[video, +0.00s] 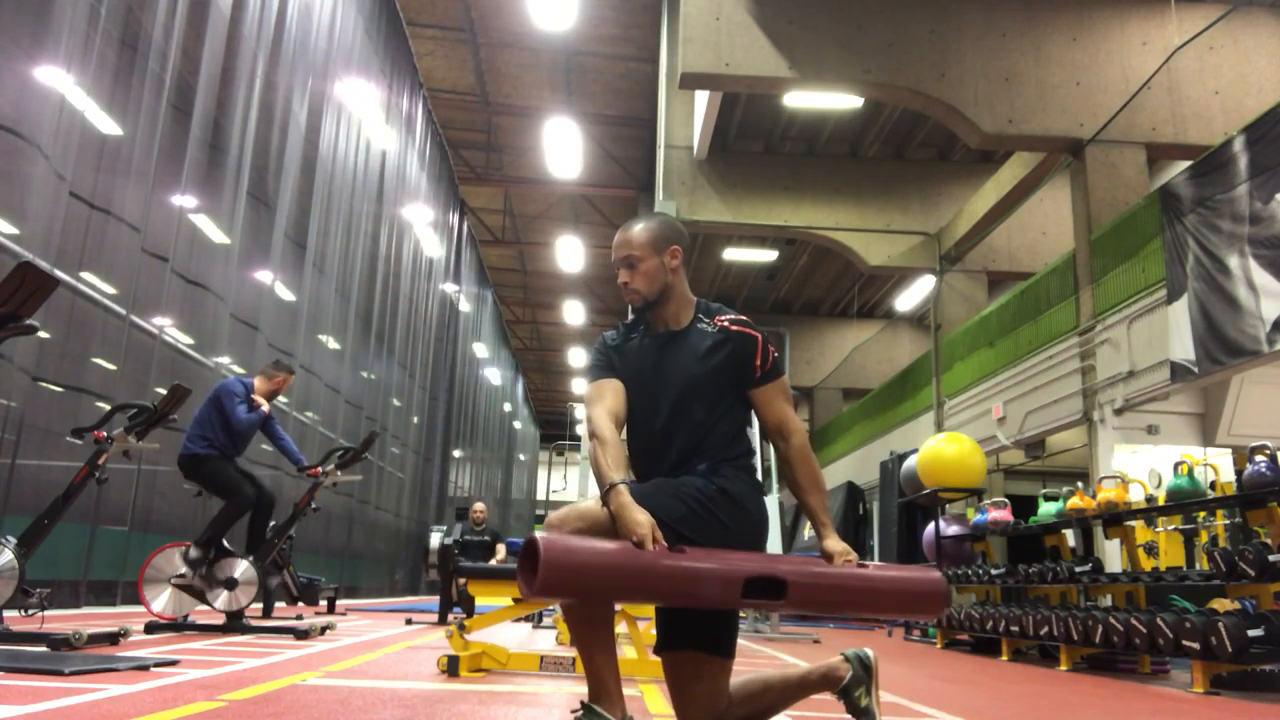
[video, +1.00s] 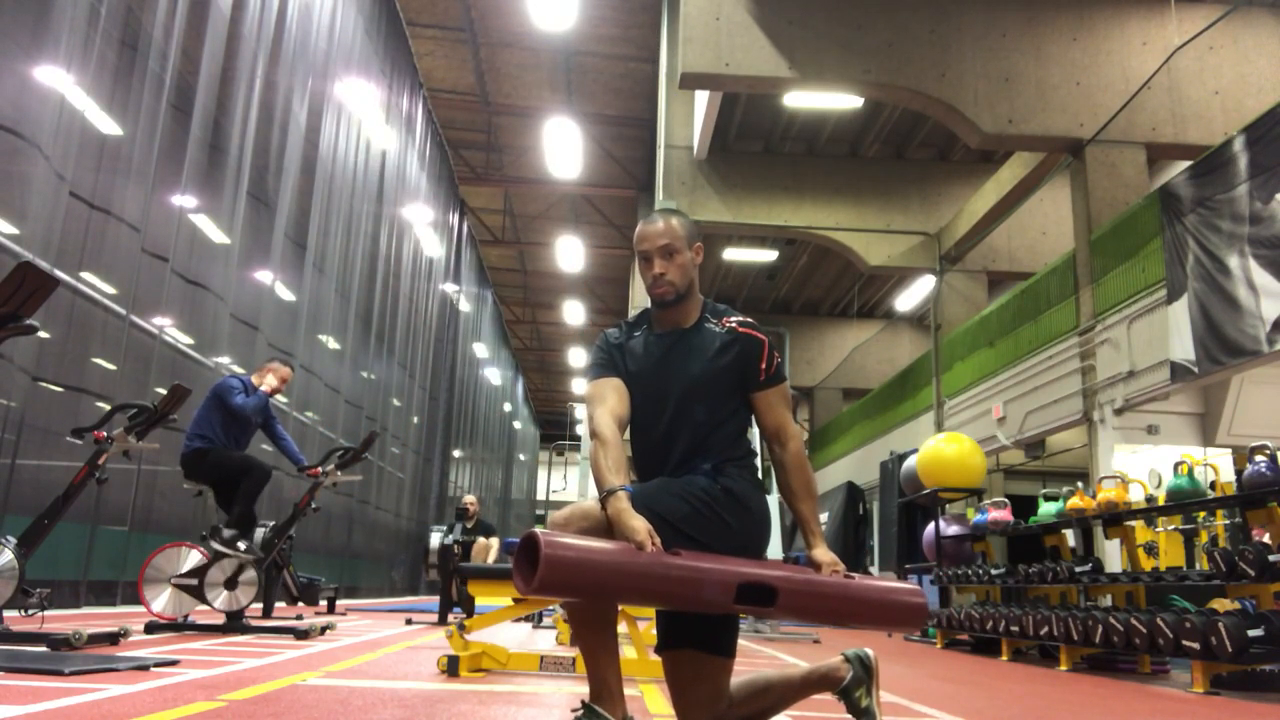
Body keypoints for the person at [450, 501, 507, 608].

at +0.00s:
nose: (477, 515)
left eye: (481, 512)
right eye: (475, 512)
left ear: (486, 515)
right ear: (470, 514)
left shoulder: (493, 533)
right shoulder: (461, 531)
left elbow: (501, 553)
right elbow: (452, 550)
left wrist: (495, 560)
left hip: (486, 571)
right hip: (464, 569)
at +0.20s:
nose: (476, 512)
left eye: (480, 509)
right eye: (474, 509)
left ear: (485, 513)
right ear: (469, 512)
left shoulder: (493, 531)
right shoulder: (461, 529)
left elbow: (496, 548)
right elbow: (453, 548)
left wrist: (492, 564)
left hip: (483, 572)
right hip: (462, 572)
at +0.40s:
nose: (475, 511)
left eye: (479, 508)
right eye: (472, 508)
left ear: (484, 511)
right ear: (469, 510)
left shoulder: (491, 529)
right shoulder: (461, 527)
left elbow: (495, 544)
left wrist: (490, 559)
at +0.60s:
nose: (473, 510)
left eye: (476, 507)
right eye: (470, 507)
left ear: (482, 510)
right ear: (467, 510)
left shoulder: (488, 527)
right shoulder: (459, 527)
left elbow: (496, 543)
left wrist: (489, 557)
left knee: (481, 555)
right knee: (456, 554)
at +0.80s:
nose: (469, 509)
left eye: (473, 506)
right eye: (467, 506)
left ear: (479, 509)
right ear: (463, 508)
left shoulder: (487, 527)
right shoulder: (457, 527)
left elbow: (495, 544)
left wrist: (489, 560)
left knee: (481, 547)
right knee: (455, 548)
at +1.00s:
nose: (468, 507)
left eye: (471, 504)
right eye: (465, 504)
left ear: (477, 507)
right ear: (461, 507)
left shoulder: (487, 527)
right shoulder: (453, 527)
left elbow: (494, 546)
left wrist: (488, 565)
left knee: (481, 542)